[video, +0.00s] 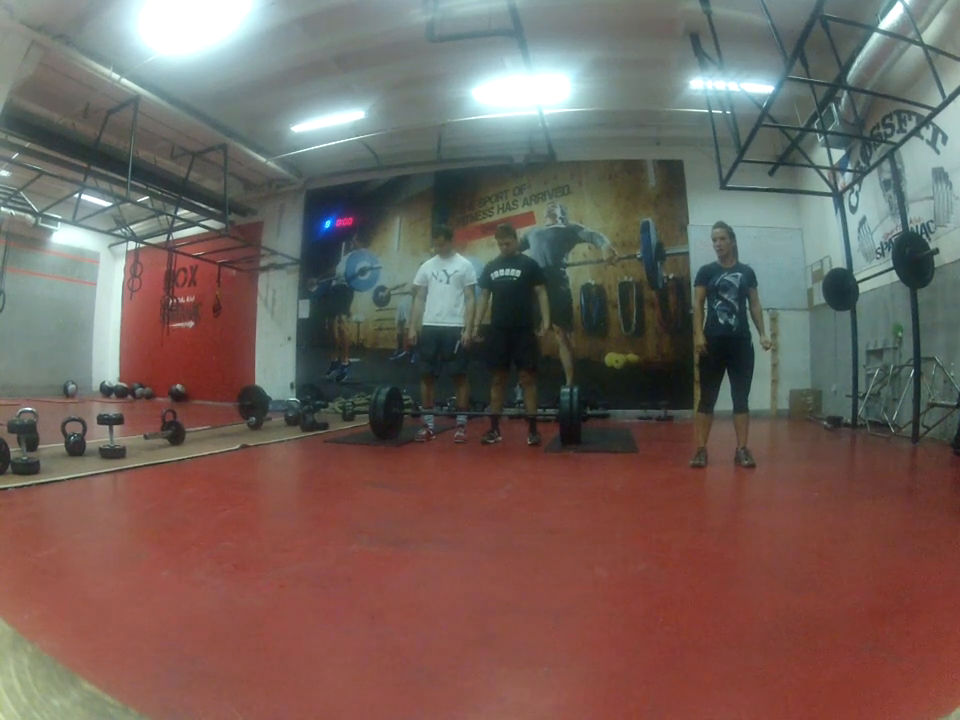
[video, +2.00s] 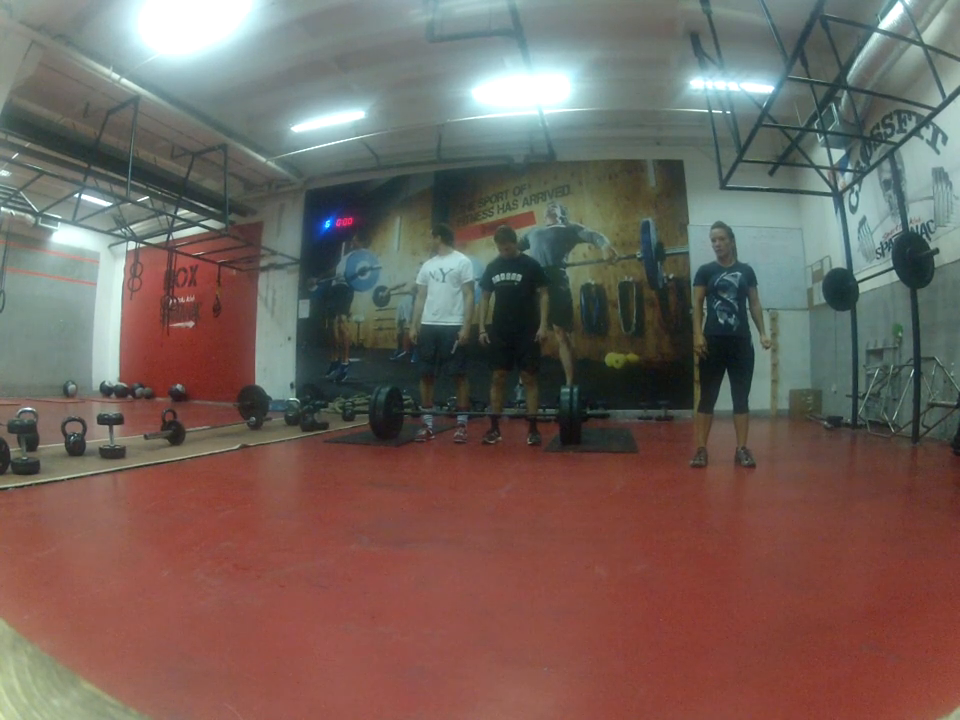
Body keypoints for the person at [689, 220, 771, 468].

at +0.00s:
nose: (718, 244)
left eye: (722, 239)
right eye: (715, 240)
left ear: (733, 242)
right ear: (712, 244)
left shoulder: (746, 272)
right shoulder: (706, 272)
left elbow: (754, 305)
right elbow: (698, 305)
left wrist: (762, 333)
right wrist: (698, 335)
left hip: (740, 343)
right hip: (712, 343)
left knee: (740, 400)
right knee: (707, 399)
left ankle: (742, 449)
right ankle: (700, 450)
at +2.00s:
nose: (717, 244)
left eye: (721, 239)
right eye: (714, 240)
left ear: (732, 241)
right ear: (710, 244)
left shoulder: (746, 271)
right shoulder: (705, 272)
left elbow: (754, 304)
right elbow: (697, 306)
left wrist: (762, 333)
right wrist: (698, 335)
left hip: (740, 343)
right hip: (712, 342)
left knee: (741, 399)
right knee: (707, 399)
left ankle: (742, 449)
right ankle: (701, 450)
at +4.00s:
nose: (718, 243)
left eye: (722, 239)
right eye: (714, 240)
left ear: (732, 241)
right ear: (711, 244)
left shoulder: (746, 271)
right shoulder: (705, 271)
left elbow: (754, 305)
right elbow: (697, 306)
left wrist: (762, 333)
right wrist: (698, 335)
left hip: (740, 343)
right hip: (712, 342)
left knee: (740, 399)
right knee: (707, 398)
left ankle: (742, 449)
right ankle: (701, 449)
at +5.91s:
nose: (707, 245)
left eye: (711, 240)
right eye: (706, 241)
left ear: (727, 240)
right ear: (710, 244)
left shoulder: (746, 271)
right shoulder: (705, 271)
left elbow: (754, 305)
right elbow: (697, 305)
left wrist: (761, 333)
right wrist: (698, 334)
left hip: (739, 342)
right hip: (711, 342)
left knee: (740, 399)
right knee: (706, 398)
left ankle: (742, 449)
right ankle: (701, 449)